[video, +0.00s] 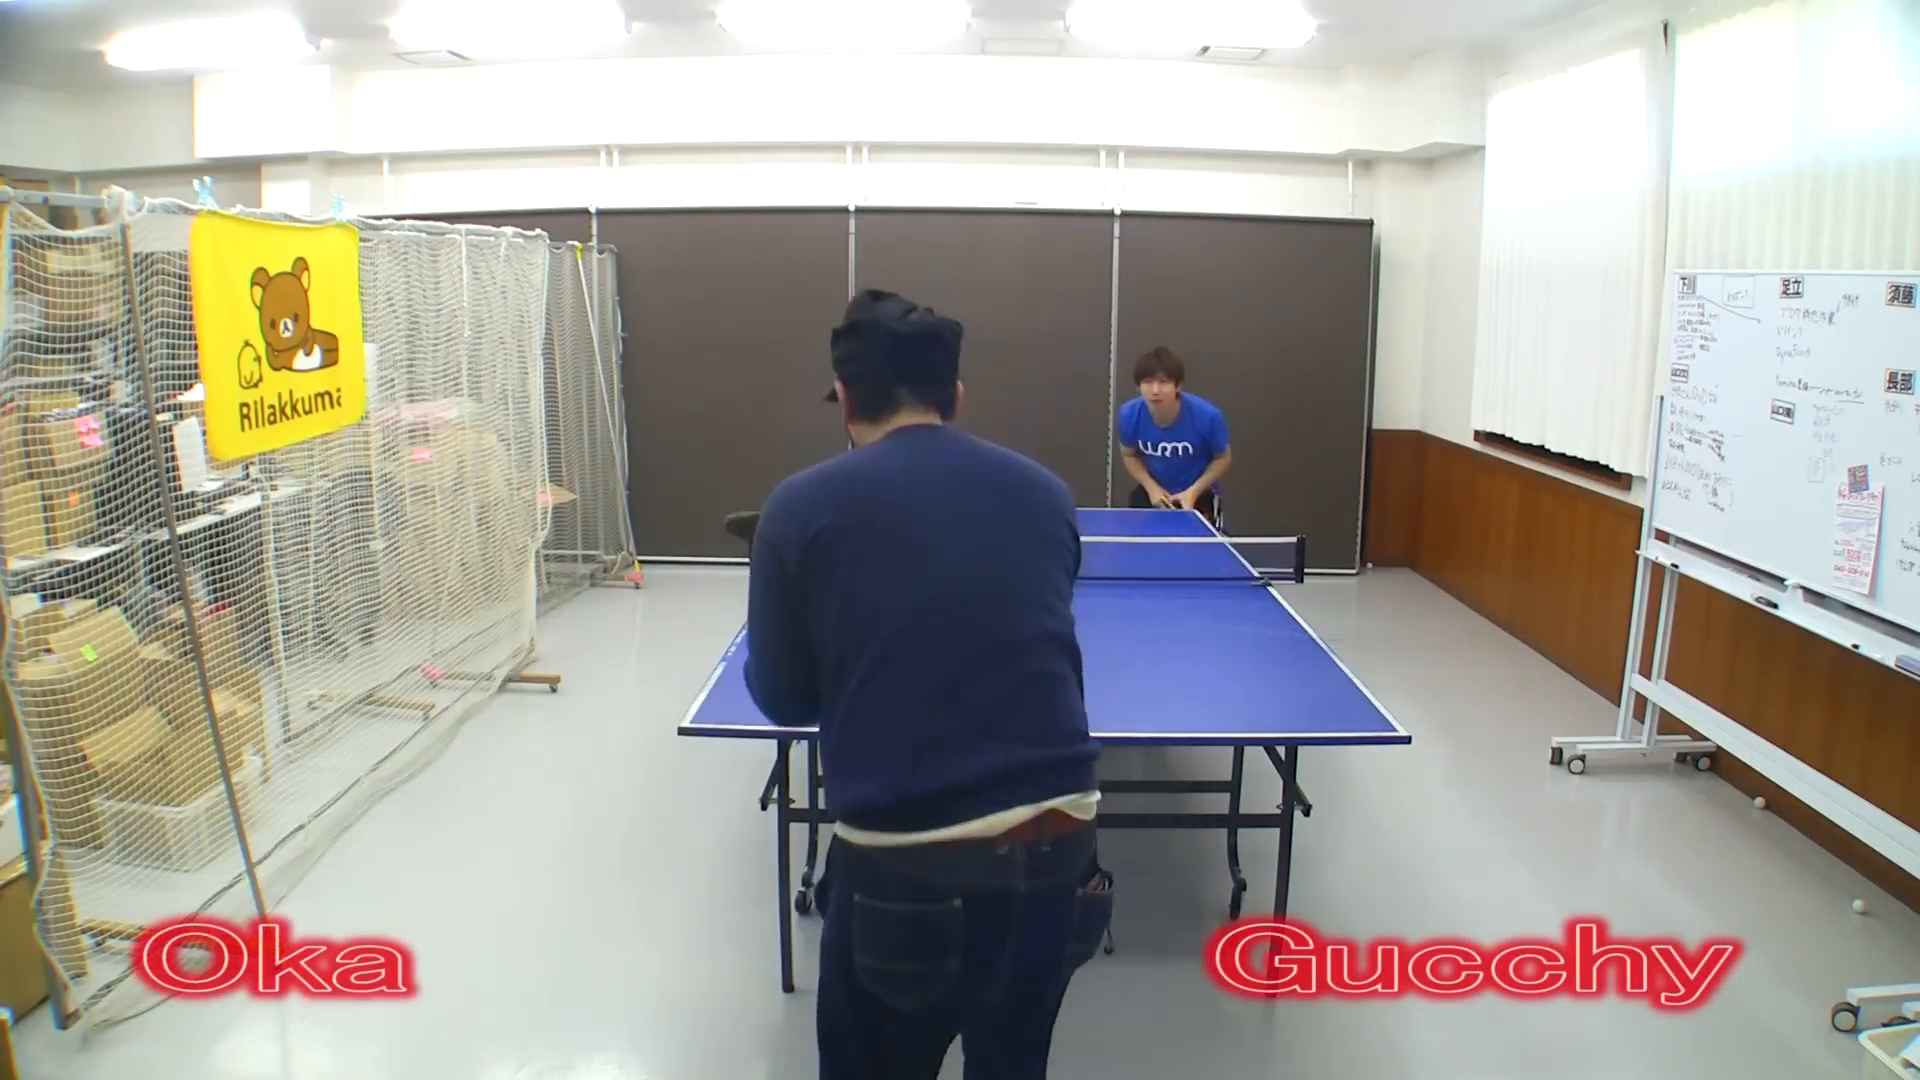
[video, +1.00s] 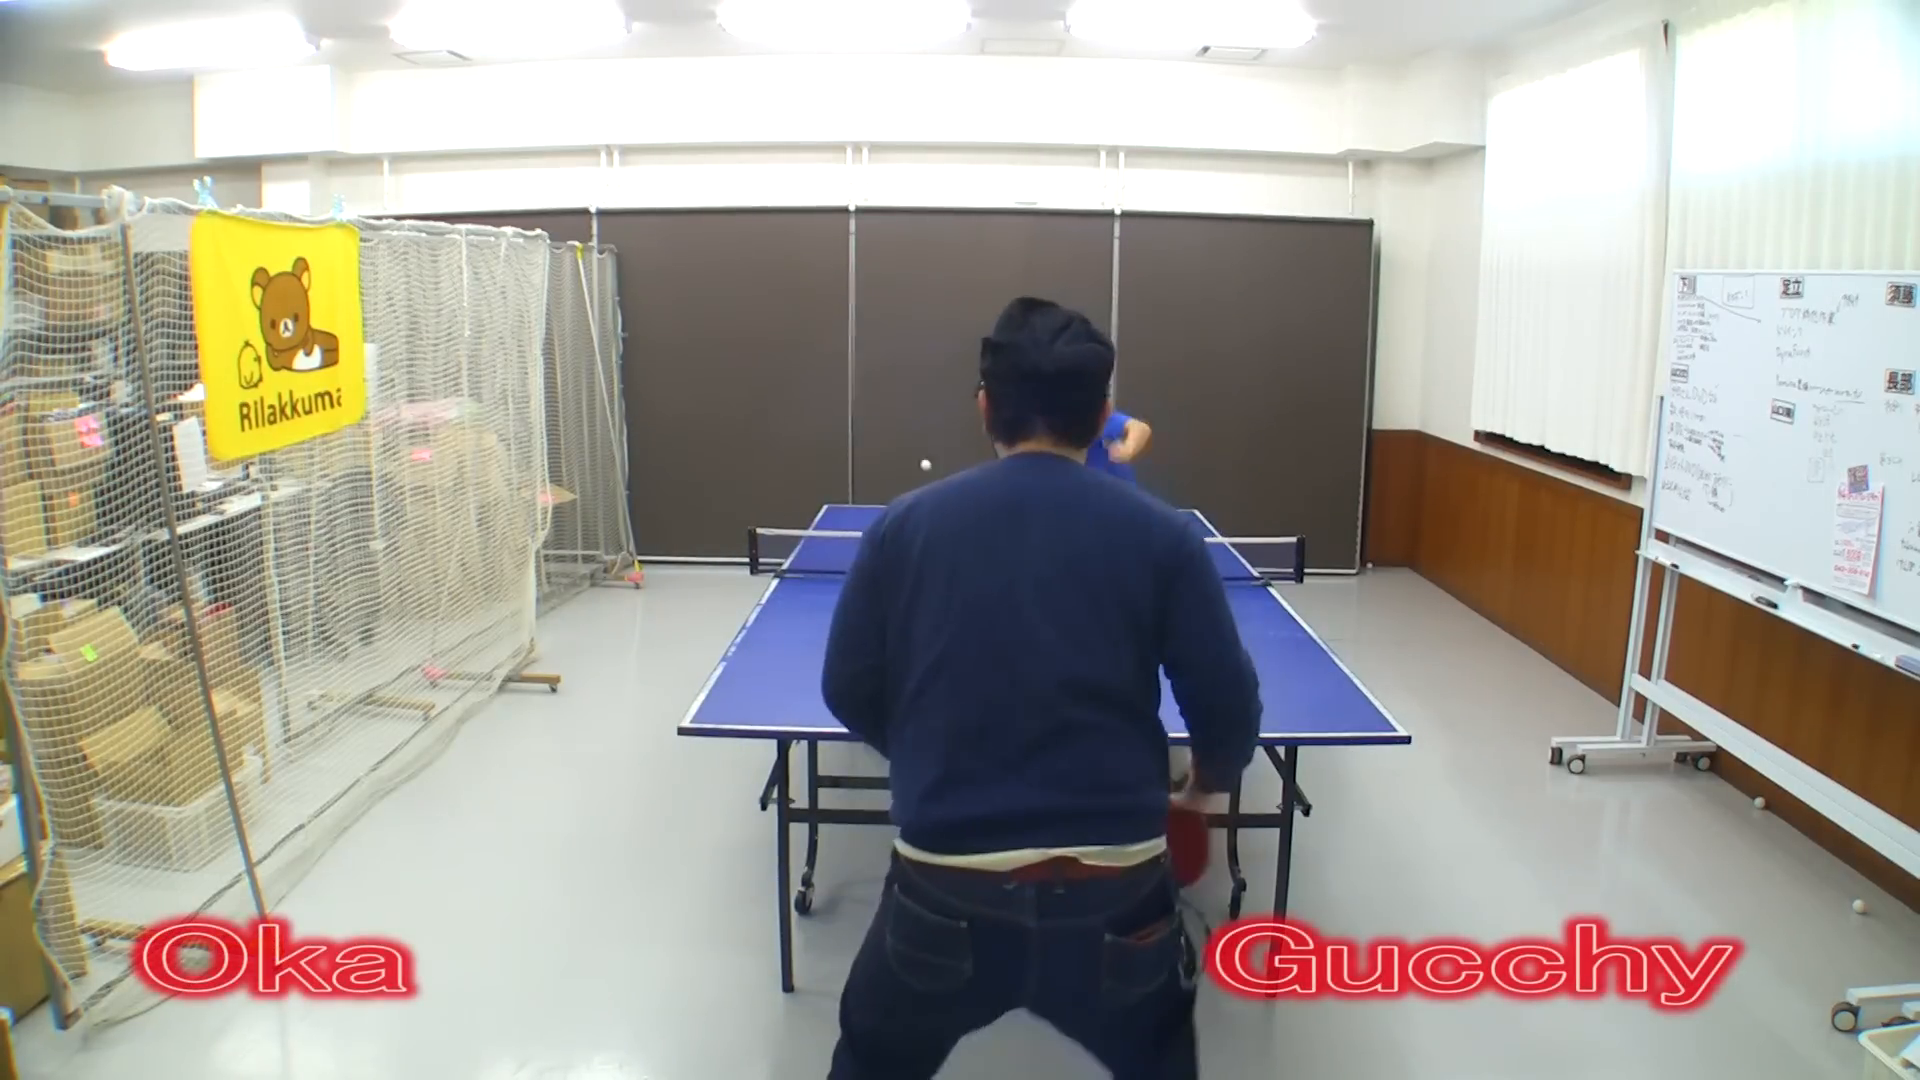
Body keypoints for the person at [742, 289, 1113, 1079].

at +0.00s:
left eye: (833, 395)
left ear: (842, 398)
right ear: (957, 398)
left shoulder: (802, 506)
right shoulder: (1044, 491)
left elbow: (783, 697)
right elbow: (1040, 643)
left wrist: (878, 641)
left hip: (903, 887)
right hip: (1052, 879)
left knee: (871, 1068)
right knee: (1013, 1069)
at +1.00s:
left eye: (981, 388)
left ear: (986, 405)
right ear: (1102, 414)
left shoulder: (906, 526)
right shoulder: (1158, 533)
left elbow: (849, 684)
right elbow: (1227, 698)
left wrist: (938, 752)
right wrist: (1209, 783)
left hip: (946, 912)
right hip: (1115, 914)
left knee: (873, 1063)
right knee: (1158, 1064)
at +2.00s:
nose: (1140, 376)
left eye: (1140, 366)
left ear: (1145, 383)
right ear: (1257, 390)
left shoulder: (1096, 477)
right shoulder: (1312, 506)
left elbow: (1018, 619)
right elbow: (1371, 657)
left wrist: (989, 644)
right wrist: (1275, 691)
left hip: (1102, 866)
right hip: (1255, 866)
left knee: (1004, 1058)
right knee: (1252, 1055)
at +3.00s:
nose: (1365, 371)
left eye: (1370, 361)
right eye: (1376, 359)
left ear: (1377, 375)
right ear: (1480, 399)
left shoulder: (1340, 449)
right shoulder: (1533, 530)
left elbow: (1285, 562)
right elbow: (1602, 659)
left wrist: (1161, 686)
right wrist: (1556, 788)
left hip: (1231, 828)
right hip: (1384, 869)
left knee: (1037, 997)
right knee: (1363, 1066)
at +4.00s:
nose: (1351, 363)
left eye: (1356, 349)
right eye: (1356, 347)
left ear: (1368, 366)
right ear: (1466, 374)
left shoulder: (1333, 484)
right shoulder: (1523, 512)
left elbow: (1302, 658)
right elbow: (1538, 678)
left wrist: (1210, 789)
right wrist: (1422, 705)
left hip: (1317, 882)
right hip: (1458, 882)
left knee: (1180, 1068)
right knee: (1450, 1069)